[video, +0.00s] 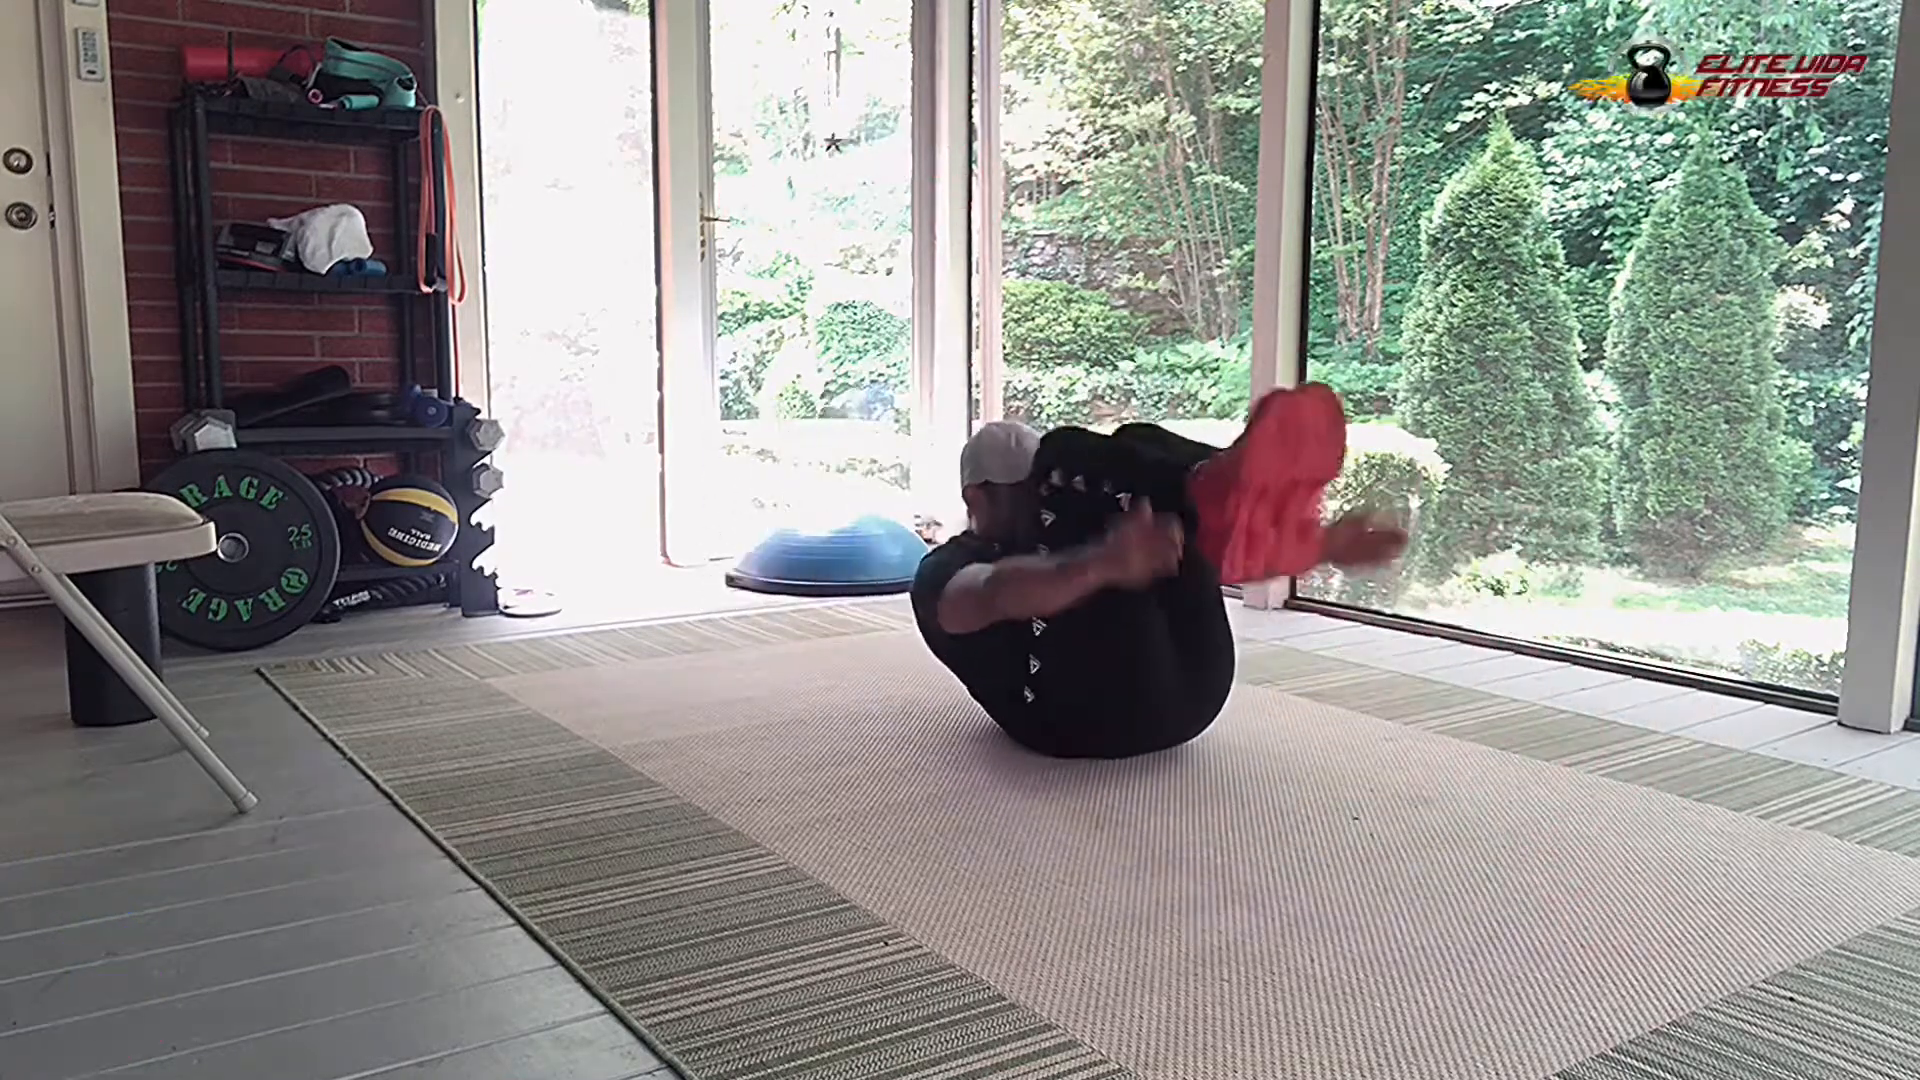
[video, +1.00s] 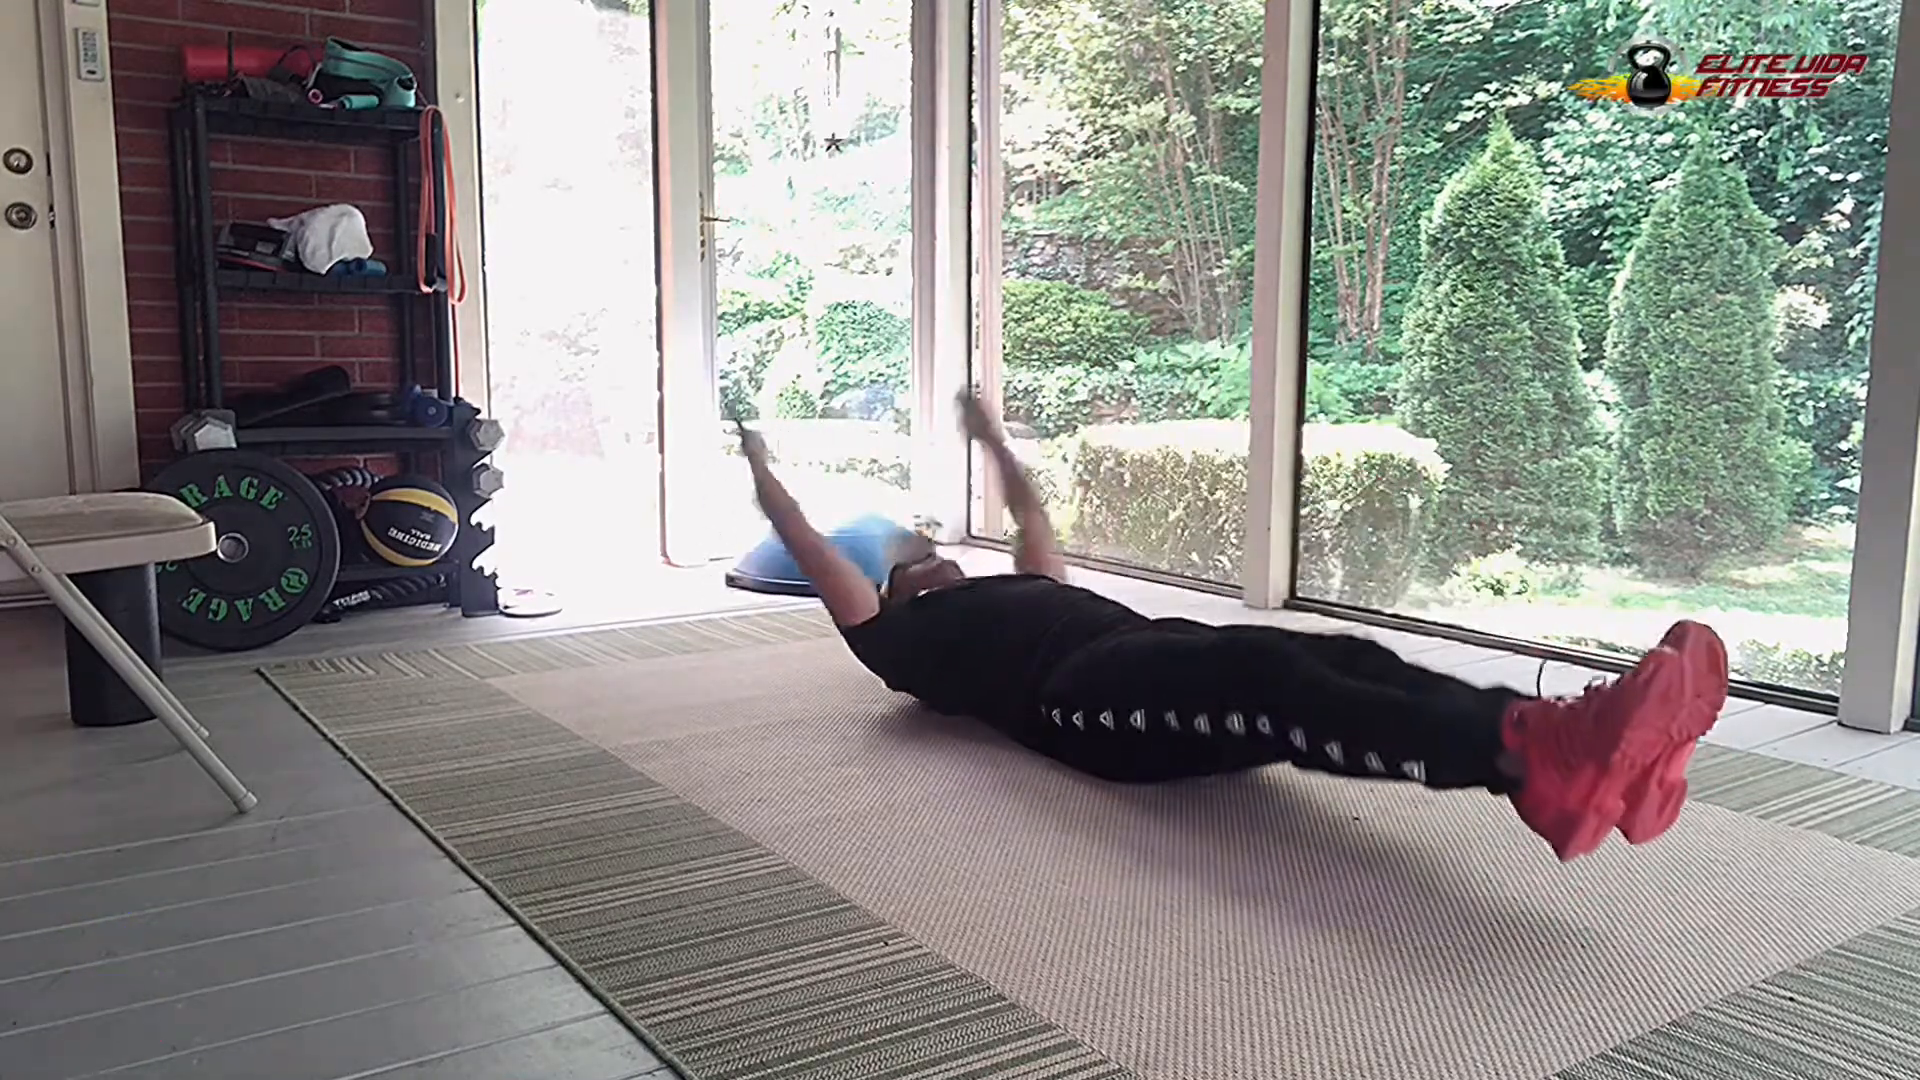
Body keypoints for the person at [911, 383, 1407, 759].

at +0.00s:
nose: (1041, 505)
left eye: (1037, 492)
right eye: (1019, 494)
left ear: (1046, 491)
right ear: (981, 499)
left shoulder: (1078, 530)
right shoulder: (943, 567)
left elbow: (1197, 531)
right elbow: (991, 597)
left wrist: (1324, 544)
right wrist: (1105, 563)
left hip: (1185, 695)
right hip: (1084, 713)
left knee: (1133, 444)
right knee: (1062, 449)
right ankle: (1211, 491)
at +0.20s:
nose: (959, 526)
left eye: (961, 509)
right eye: (989, 502)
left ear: (989, 503)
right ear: (968, 509)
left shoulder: (1069, 537)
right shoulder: (936, 579)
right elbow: (971, 600)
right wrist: (1071, 561)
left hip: (1191, 689)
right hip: (1091, 712)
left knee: (1129, 444)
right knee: (1049, 447)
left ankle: (1287, 535)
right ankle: (1214, 521)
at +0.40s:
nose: (1004, 492)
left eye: (1002, 483)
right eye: (983, 486)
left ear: (1010, 503)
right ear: (936, 516)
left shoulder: (1057, 571)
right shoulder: (922, 598)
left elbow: (1209, 557)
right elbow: (963, 515)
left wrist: (1269, 438)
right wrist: (1004, 436)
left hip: (1182, 698)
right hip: (1087, 695)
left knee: (1181, 434)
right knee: (1091, 451)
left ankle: (1314, 576)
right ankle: (1273, 555)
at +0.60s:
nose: (962, 499)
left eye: (971, 491)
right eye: (944, 494)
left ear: (993, 515)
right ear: (916, 526)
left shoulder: (1057, 569)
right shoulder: (920, 608)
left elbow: (1141, 476)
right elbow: (889, 489)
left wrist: (1182, 353)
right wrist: (884, 369)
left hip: (1186, 698)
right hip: (1107, 708)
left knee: (1267, 479)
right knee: (1179, 499)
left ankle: (1430, 622)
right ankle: (1381, 616)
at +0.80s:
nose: (946, 530)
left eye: (953, 522)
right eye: (922, 529)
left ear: (983, 541)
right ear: (899, 562)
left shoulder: (1048, 578)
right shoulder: (909, 617)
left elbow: (1084, 481)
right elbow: (838, 498)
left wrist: (1076, 369)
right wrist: (799, 386)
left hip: (1166, 671)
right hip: (1098, 707)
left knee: (1326, 568)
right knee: (1266, 598)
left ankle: (1518, 703)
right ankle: (1509, 698)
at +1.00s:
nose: (935, 553)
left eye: (939, 546)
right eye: (911, 560)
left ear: (966, 560)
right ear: (887, 593)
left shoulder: (1028, 592)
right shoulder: (895, 632)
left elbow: (1035, 523)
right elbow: (815, 555)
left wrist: (991, 439)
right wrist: (764, 470)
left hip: (1139, 646)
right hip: (1079, 691)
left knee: (1343, 654)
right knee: (1275, 676)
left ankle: (1581, 761)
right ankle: (1542, 762)